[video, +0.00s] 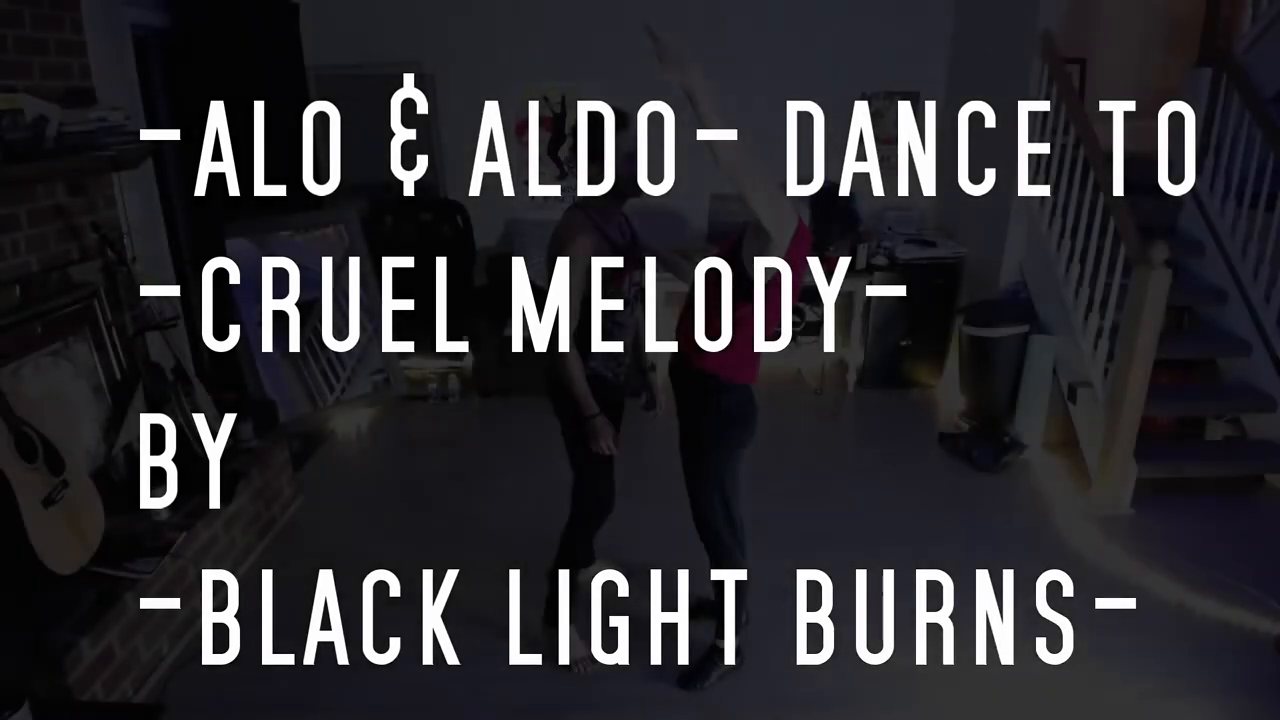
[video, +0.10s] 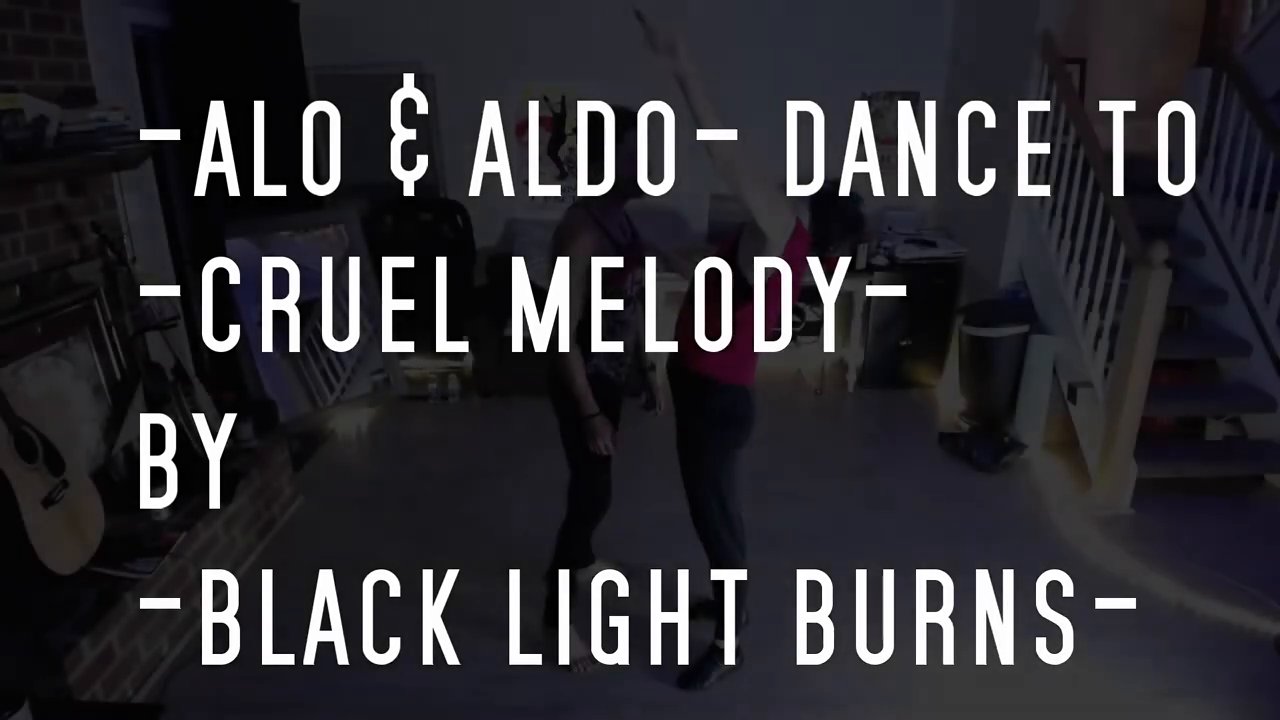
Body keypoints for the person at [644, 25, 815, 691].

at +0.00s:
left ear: (809, 214)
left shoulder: (782, 242)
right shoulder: (767, 245)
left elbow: (730, 157)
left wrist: (692, 84)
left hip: (720, 394)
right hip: (710, 390)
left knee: (713, 512)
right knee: (717, 511)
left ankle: (727, 638)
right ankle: (726, 629)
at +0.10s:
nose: (792, 193)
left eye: (804, 193)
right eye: (806, 191)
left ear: (809, 210)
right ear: (832, 232)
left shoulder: (781, 238)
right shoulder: (783, 249)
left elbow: (725, 152)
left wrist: (679, 66)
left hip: (717, 394)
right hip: (712, 390)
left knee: (710, 509)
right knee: (713, 506)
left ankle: (726, 640)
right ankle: (725, 627)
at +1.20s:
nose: (657, 172)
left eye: (664, 161)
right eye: (662, 160)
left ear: (682, 170)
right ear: (720, 168)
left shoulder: (702, 243)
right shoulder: (738, 220)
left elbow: (692, 337)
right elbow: (697, 256)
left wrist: (620, 327)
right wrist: (639, 244)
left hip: (714, 406)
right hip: (737, 395)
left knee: (719, 522)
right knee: (726, 509)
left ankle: (727, 644)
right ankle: (734, 602)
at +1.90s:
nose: (677, 167)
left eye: (687, 159)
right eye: (681, 157)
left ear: (721, 172)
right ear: (719, 173)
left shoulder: (736, 250)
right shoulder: (706, 240)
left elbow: (756, 358)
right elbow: (683, 318)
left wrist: (697, 419)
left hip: (706, 416)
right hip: (681, 409)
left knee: (703, 528)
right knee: (696, 513)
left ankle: (725, 643)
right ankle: (717, 583)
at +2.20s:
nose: (686, 186)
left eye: (700, 176)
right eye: (684, 173)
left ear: (736, 181)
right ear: (682, 174)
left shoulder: (746, 231)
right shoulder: (703, 244)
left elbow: (778, 322)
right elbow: (682, 318)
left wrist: (708, 362)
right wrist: (644, 304)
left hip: (717, 418)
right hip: (679, 411)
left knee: (688, 543)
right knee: (673, 513)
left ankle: (724, 647)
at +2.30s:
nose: (692, 187)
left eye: (707, 177)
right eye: (688, 173)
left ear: (738, 183)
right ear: (682, 175)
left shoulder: (746, 232)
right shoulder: (697, 245)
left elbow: (782, 320)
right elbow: (675, 316)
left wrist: (726, 365)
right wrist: (629, 296)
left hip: (722, 423)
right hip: (680, 413)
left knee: (691, 547)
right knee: (672, 507)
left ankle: (724, 648)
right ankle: (681, 587)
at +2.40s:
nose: (701, 195)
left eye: (717, 184)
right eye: (693, 179)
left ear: (740, 186)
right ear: (679, 176)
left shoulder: (744, 234)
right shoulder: (683, 249)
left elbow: (786, 313)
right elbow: (664, 316)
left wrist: (749, 363)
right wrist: (611, 298)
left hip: (731, 421)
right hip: (685, 414)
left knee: (694, 553)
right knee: (680, 514)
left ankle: (725, 648)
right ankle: (686, 584)